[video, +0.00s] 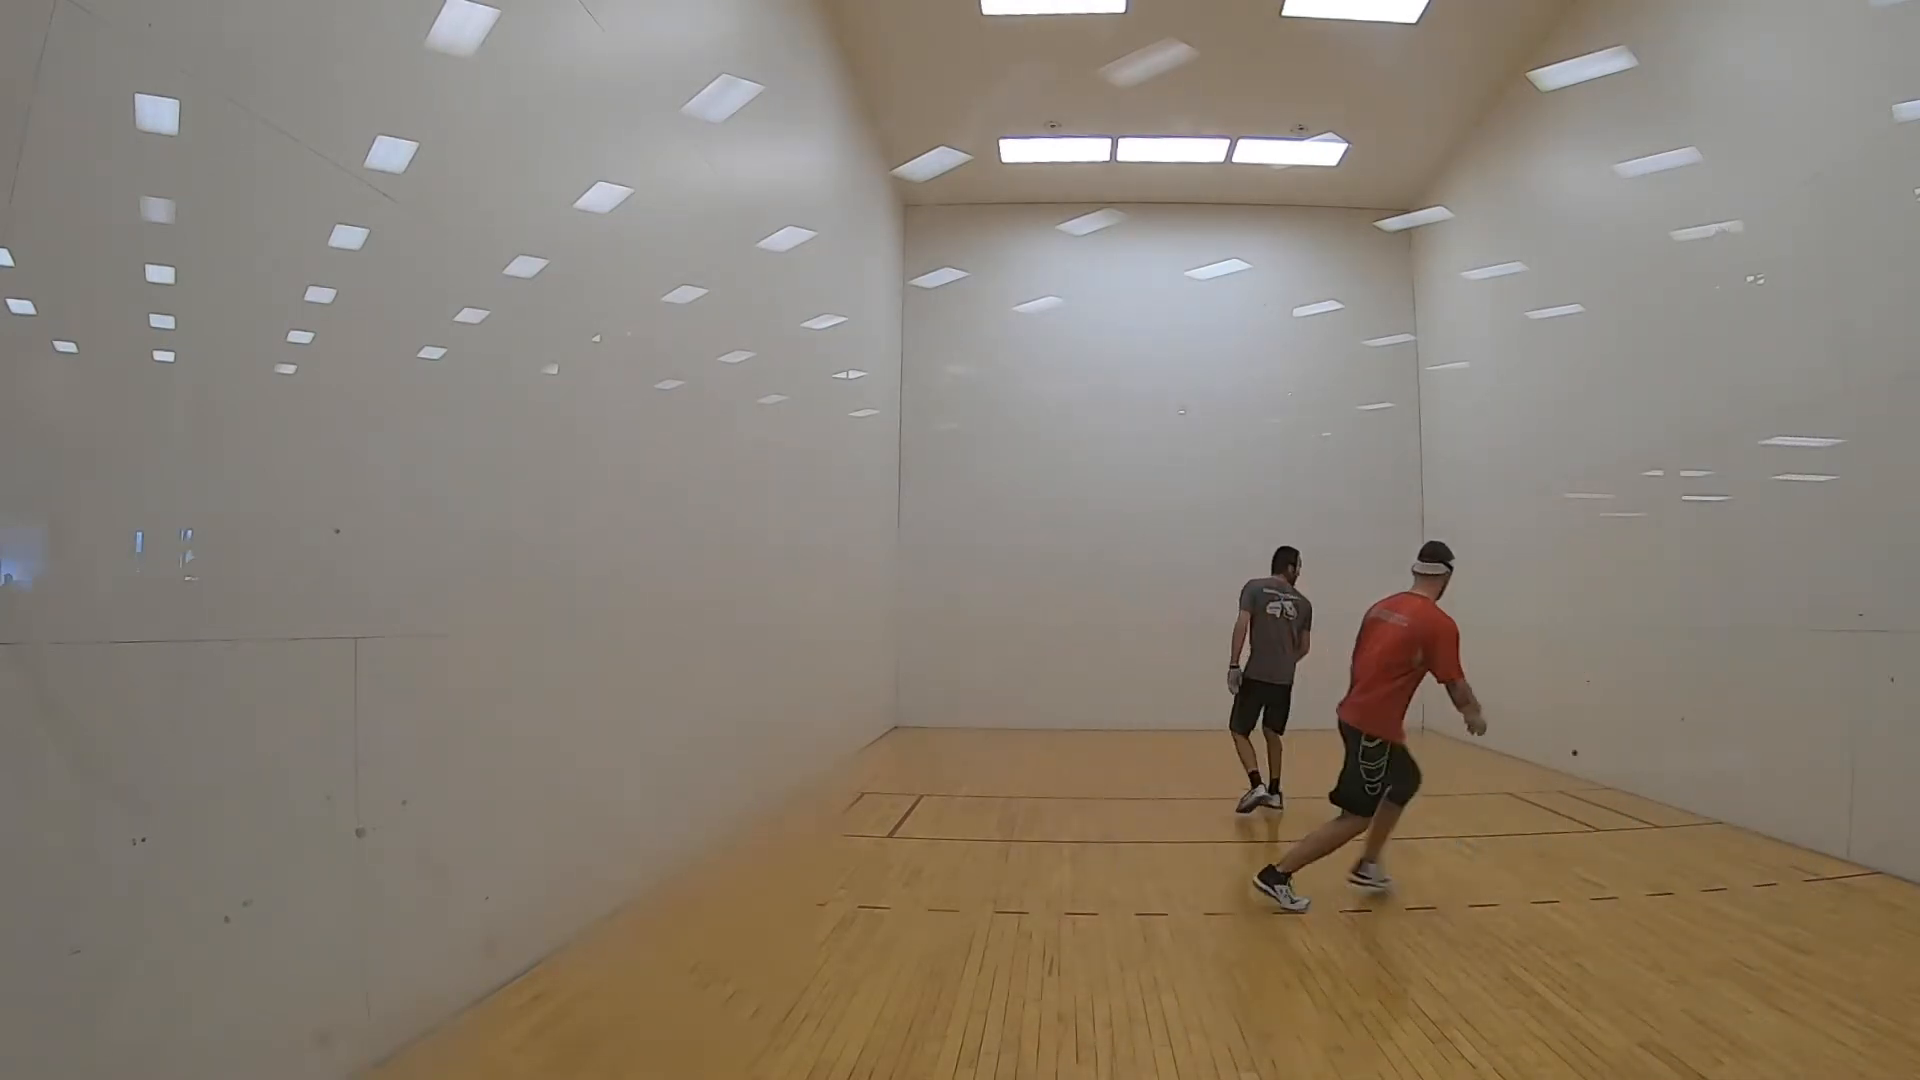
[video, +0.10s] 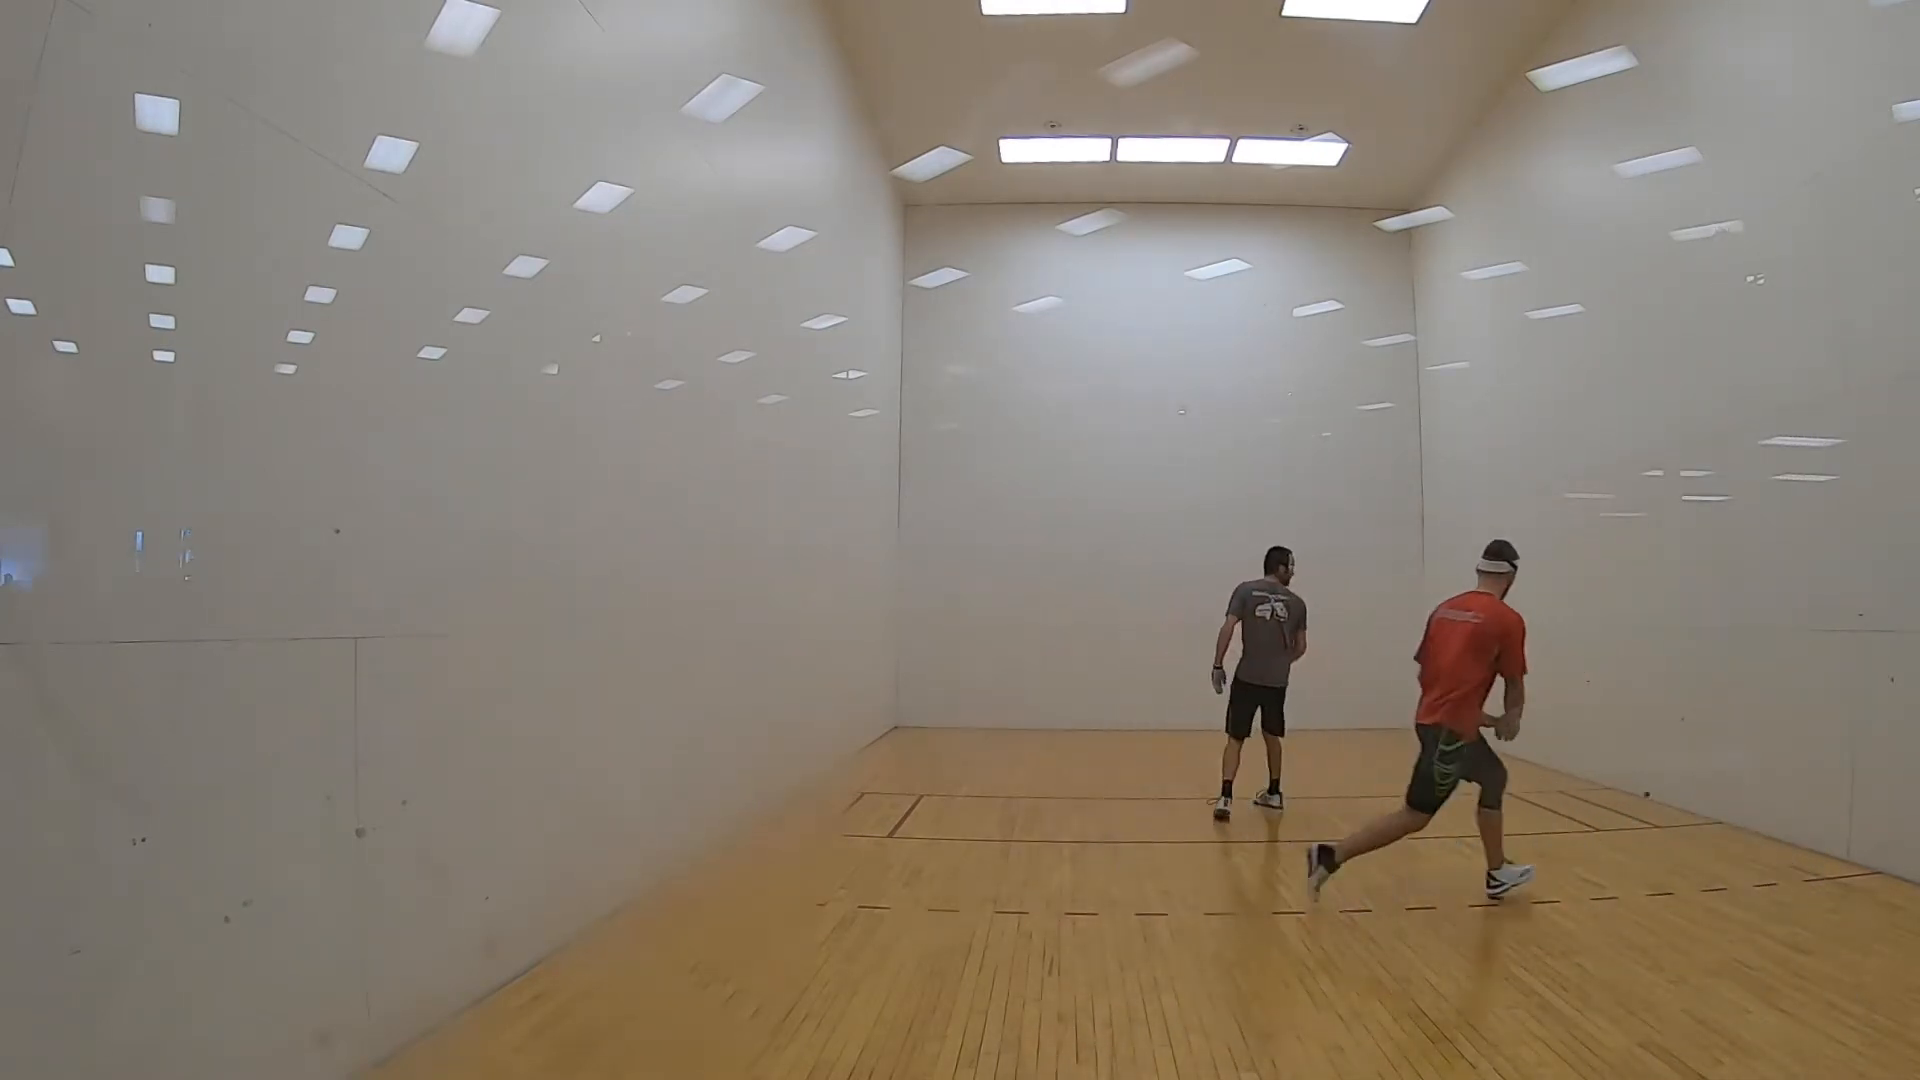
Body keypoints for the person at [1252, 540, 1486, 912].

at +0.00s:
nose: (1444, 584)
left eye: (1438, 577)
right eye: (1446, 578)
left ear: (1413, 572)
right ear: (1447, 578)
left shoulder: (1382, 607)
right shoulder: (1439, 624)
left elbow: (1359, 662)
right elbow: (1457, 688)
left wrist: (1366, 701)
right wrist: (1474, 713)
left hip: (1355, 715)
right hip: (1376, 726)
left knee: (1406, 779)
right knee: (1360, 815)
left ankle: (1368, 865)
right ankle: (1276, 874)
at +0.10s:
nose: (1511, 582)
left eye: (1506, 574)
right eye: (1513, 576)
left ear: (1478, 572)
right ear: (1511, 577)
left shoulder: (1446, 608)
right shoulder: (1508, 620)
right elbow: (1514, 684)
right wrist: (1511, 720)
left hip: (1434, 719)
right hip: (1454, 727)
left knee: (1494, 777)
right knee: (1415, 815)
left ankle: (1498, 871)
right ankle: (1333, 856)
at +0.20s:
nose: (1583, 589)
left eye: (1582, 582)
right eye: (1584, 583)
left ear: (1549, 579)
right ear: (1579, 583)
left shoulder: (1520, 615)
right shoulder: (1569, 624)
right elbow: (1578, 688)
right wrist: (1596, 728)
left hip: (1504, 729)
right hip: (1522, 735)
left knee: (1550, 797)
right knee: (1545, 824)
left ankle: (1514, 878)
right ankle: (1454, 847)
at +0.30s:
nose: (1661, 585)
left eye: (1661, 578)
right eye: (1662, 577)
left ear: (1627, 571)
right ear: (1656, 577)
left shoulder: (1597, 606)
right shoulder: (1635, 616)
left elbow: (1580, 673)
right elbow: (1658, 663)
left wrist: (1611, 715)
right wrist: (1708, 674)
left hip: (1565, 728)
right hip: (1597, 734)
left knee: (1581, 807)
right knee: (1668, 792)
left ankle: (1520, 872)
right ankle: (1613, 872)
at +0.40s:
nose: (1747, 581)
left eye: (1746, 573)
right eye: (1750, 573)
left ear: (1714, 563)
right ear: (1747, 572)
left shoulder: (1680, 596)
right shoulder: (1716, 607)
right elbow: (1743, 620)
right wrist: (1797, 603)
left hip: (1642, 725)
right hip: (1680, 732)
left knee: (1619, 803)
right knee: (1759, 783)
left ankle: (1547, 860)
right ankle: (1780, 883)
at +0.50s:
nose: (1826, 597)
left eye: (1829, 590)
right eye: (1828, 589)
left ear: (1800, 575)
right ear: (1823, 585)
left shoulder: (1757, 597)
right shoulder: (1802, 615)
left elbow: (1714, 607)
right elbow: (1816, 604)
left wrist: (1699, 612)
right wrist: (1864, 578)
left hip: (1722, 742)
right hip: (1765, 749)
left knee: (1681, 813)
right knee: (1840, 810)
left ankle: (1602, 860)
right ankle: (1887, 901)